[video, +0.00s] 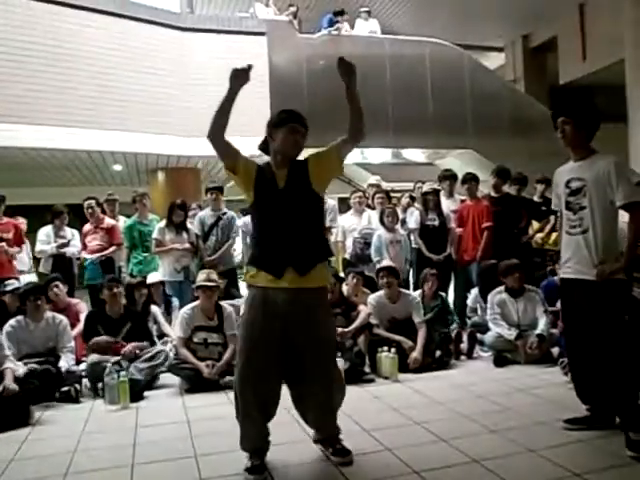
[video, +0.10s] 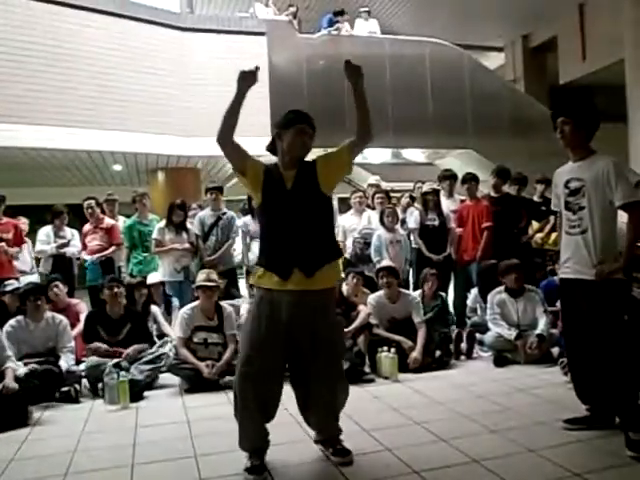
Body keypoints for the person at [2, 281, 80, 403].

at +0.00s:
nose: (38, 303)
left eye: (41, 299)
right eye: (34, 300)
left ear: (46, 301)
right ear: (25, 304)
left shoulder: (59, 322)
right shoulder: (12, 327)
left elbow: (68, 350)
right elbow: (8, 357)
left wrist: (61, 368)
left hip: (54, 367)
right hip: (25, 370)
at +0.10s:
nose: (38, 303)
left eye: (41, 299)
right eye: (34, 300)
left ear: (46, 301)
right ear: (26, 303)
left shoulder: (59, 322)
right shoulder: (12, 327)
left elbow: (68, 351)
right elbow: (8, 358)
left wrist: (58, 368)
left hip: (54, 367)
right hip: (25, 370)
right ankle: (56, 394)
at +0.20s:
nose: (39, 303)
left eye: (41, 298)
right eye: (34, 299)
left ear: (46, 301)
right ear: (26, 303)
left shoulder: (60, 322)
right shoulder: (12, 327)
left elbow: (68, 351)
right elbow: (9, 358)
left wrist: (60, 368)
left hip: (54, 366)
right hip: (26, 370)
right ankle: (58, 394)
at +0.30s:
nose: (39, 303)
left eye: (41, 299)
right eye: (34, 300)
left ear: (47, 302)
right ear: (26, 303)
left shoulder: (60, 322)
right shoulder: (13, 327)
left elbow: (68, 351)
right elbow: (10, 359)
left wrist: (60, 369)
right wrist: (25, 373)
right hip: (26, 370)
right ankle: (61, 394)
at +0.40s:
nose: (39, 303)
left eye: (42, 299)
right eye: (35, 299)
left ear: (47, 301)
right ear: (26, 303)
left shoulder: (60, 322)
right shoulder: (13, 327)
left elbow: (68, 351)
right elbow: (11, 359)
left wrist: (59, 369)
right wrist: (28, 375)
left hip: (54, 365)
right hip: (27, 369)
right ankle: (66, 394)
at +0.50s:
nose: (39, 302)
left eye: (42, 298)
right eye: (34, 299)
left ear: (47, 301)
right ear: (26, 304)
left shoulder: (60, 322)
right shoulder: (13, 327)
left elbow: (68, 352)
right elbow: (12, 361)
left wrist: (57, 370)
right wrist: (30, 376)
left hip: (54, 368)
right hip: (27, 372)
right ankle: (68, 393)